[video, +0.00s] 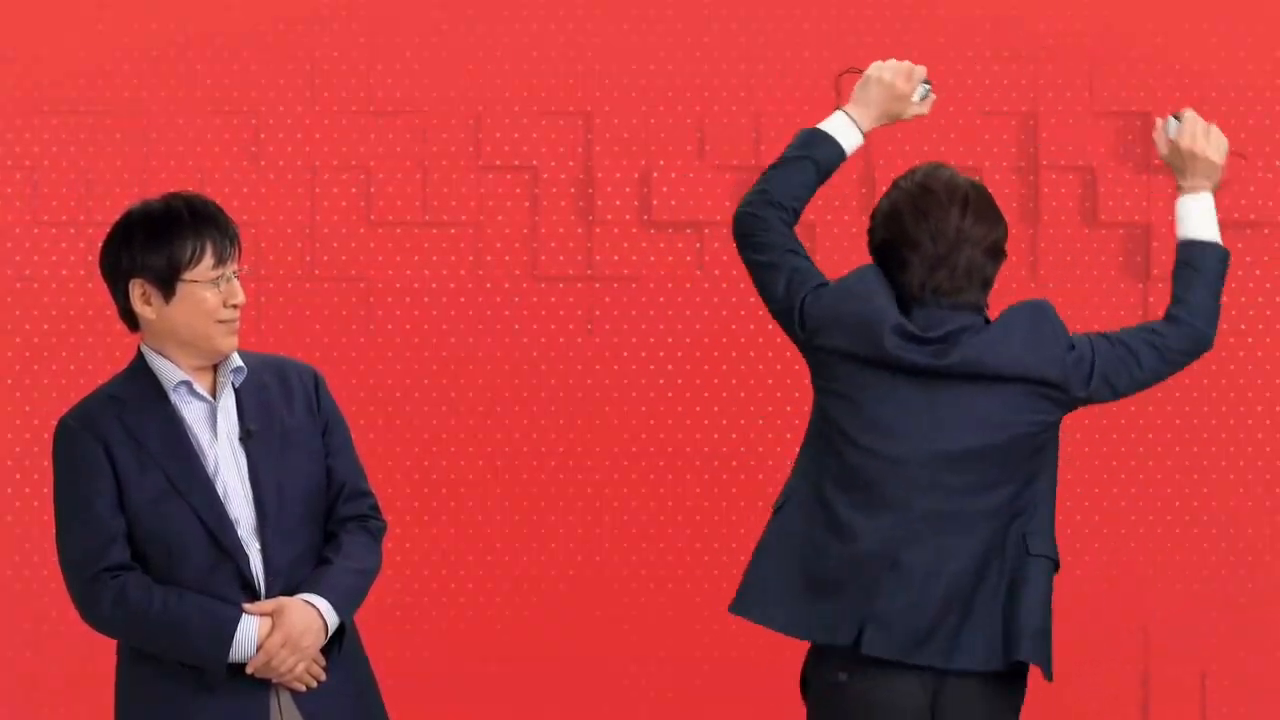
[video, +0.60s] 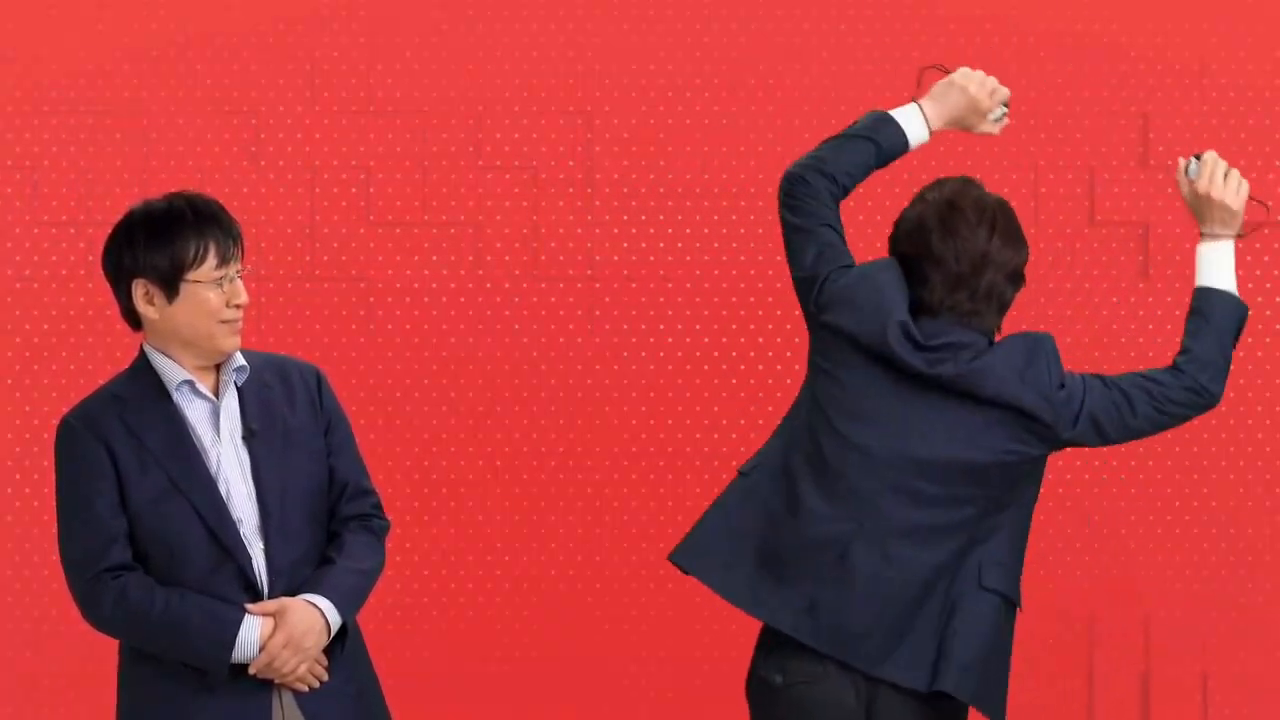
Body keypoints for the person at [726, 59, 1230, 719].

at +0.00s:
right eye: (997, 251)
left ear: (882, 257)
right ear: (991, 265)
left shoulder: (838, 333)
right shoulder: (1039, 361)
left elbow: (760, 221)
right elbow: (1190, 329)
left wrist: (853, 119)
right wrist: (1198, 189)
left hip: (854, 672)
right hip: (984, 681)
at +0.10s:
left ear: (876, 260)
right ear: (982, 247)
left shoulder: (836, 341)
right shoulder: (1039, 328)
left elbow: (705, 263)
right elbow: (1138, 221)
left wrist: (754, 127)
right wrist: (1084, 94)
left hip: (869, 660)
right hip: (999, 657)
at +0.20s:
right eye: (982, 242)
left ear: (873, 270)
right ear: (981, 253)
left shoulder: (840, 371)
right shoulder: (1030, 322)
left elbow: (680, 346)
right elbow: (1057, 180)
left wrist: (675, 202)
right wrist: (953, 82)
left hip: (887, 680)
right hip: (1012, 668)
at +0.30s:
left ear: (871, 277)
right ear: (981, 260)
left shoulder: (838, 385)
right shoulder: (1029, 334)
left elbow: (674, 369)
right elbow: (1038, 192)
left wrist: (657, 231)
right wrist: (916, 116)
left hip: (890, 688)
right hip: (1014, 675)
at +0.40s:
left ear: (883, 257)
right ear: (993, 249)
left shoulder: (832, 338)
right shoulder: (1038, 333)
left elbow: (690, 274)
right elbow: (1119, 211)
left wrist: (715, 139)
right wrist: (1030, 98)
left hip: (847, 667)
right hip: (976, 666)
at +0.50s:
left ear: (890, 248)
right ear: (1002, 269)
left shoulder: (837, 314)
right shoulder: (1038, 361)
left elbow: (747, 199)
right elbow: (1181, 295)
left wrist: (829, 89)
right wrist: (1157, 150)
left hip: (817, 656)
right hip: (944, 672)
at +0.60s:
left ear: (900, 262)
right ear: (1006, 289)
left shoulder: (847, 323)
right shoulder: (1032, 398)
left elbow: (808, 186)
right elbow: (1197, 383)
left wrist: (929, 112)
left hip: (801, 663)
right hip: (926, 688)